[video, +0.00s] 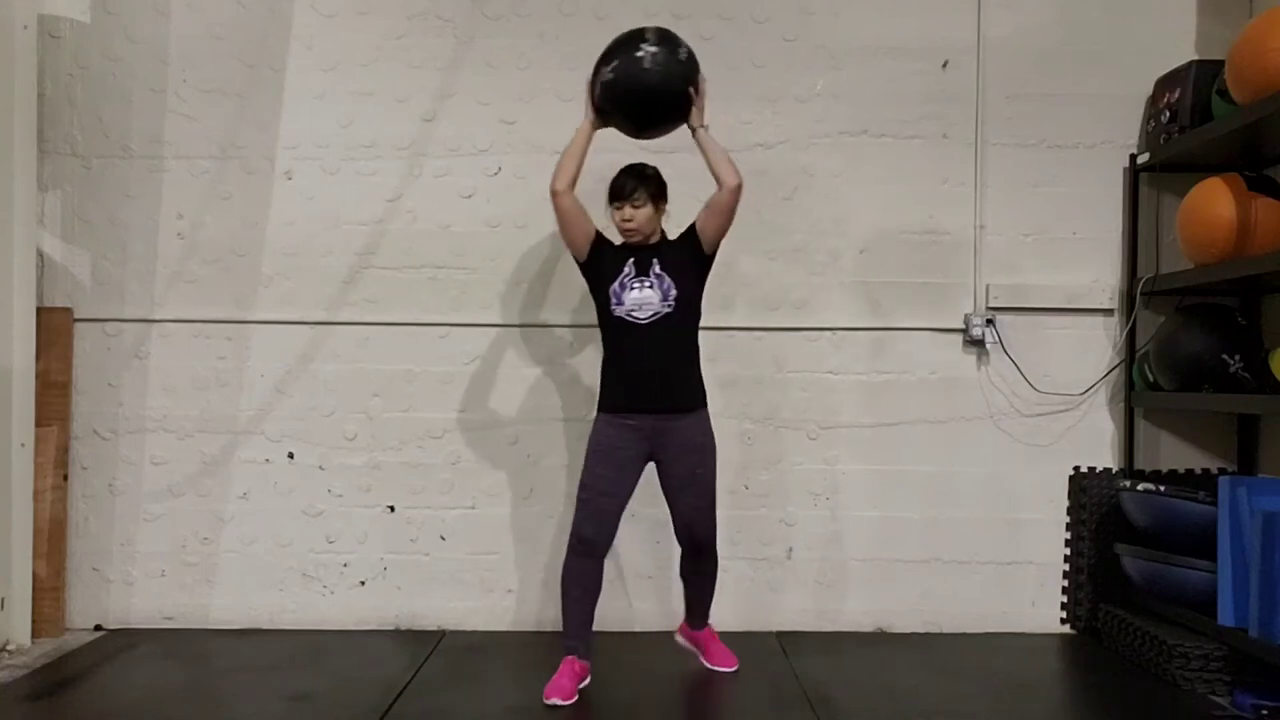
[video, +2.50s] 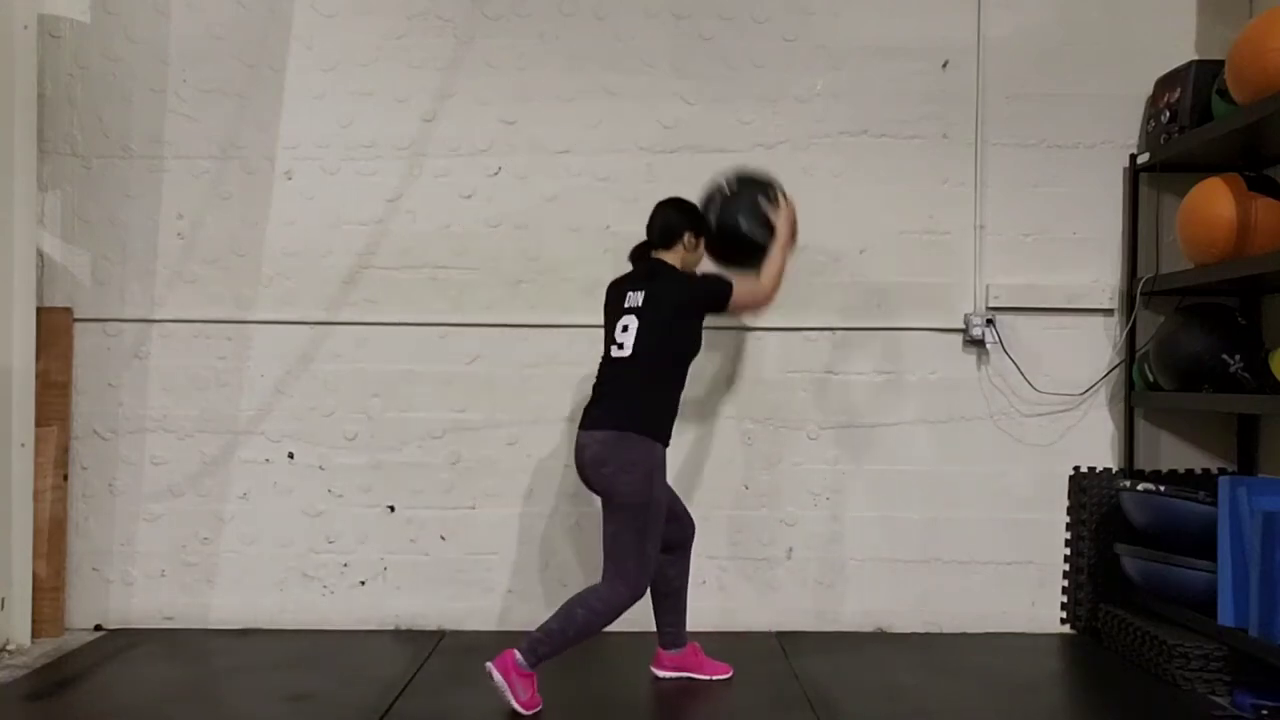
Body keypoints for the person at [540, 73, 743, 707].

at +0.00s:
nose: (625, 212)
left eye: (636, 202)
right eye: (618, 204)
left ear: (661, 207)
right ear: (612, 212)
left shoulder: (690, 254)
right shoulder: (602, 261)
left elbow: (731, 189)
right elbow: (561, 191)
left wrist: (699, 127)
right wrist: (590, 120)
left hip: (685, 423)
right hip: (618, 424)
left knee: (700, 538)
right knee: (588, 539)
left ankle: (696, 627)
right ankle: (576, 655)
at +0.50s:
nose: (562, 300)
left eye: (571, 289)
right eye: (557, 290)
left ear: (602, 288)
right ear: (557, 293)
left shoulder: (633, 348)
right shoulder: (569, 354)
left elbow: (607, 429)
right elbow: (551, 429)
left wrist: (541, 459)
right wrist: (507, 451)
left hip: (675, 486)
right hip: (622, 482)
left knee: (679, 606)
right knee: (564, 549)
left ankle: (750, 622)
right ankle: (574, 661)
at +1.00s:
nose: (521, 308)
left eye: (531, 298)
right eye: (518, 299)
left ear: (564, 300)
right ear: (520, 304)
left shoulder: (590, 360)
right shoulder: (532, 372)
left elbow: (540, 444)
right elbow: (496, 445)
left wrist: (473, 484)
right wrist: (454, 496)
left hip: (665, 479)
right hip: (608, 479)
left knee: (688, 599)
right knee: (558, 548)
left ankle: (755, 624)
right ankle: (574, 662)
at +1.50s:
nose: (548, 245)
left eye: (559, 232)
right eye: (538, 237)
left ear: (584, 235)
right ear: (532, 245)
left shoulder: (615, 286)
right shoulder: (534, 309)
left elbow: (583, 318)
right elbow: (501, 381)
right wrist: (440, 339)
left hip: (641, 445)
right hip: (577, 449)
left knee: (689, 554)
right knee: (548, 552)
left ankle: (722, 621)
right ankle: (574, 661)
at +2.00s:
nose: (637, 209)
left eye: (638, 198)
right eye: (627, 198)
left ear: (624, 207)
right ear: (606, 206)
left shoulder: (630, 249)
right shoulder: (593, 251)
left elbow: (673, 192)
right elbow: (631, 202)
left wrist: (640, 130)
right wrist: (611, 123)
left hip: (637, 427)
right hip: (607, 428)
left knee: (669, 535)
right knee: (607, 551)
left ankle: (671, 649)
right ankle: (517, 648)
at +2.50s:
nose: (702, 254)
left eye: (701, 245)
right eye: (700, 245)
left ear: (653, 239)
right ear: (687, 242)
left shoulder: (620, 286)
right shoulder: (685, 287)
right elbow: (759, 294)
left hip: (595, 446)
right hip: (632, 451)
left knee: (678, 532)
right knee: (626, 582)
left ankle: (673, 650)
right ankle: (522, 660)